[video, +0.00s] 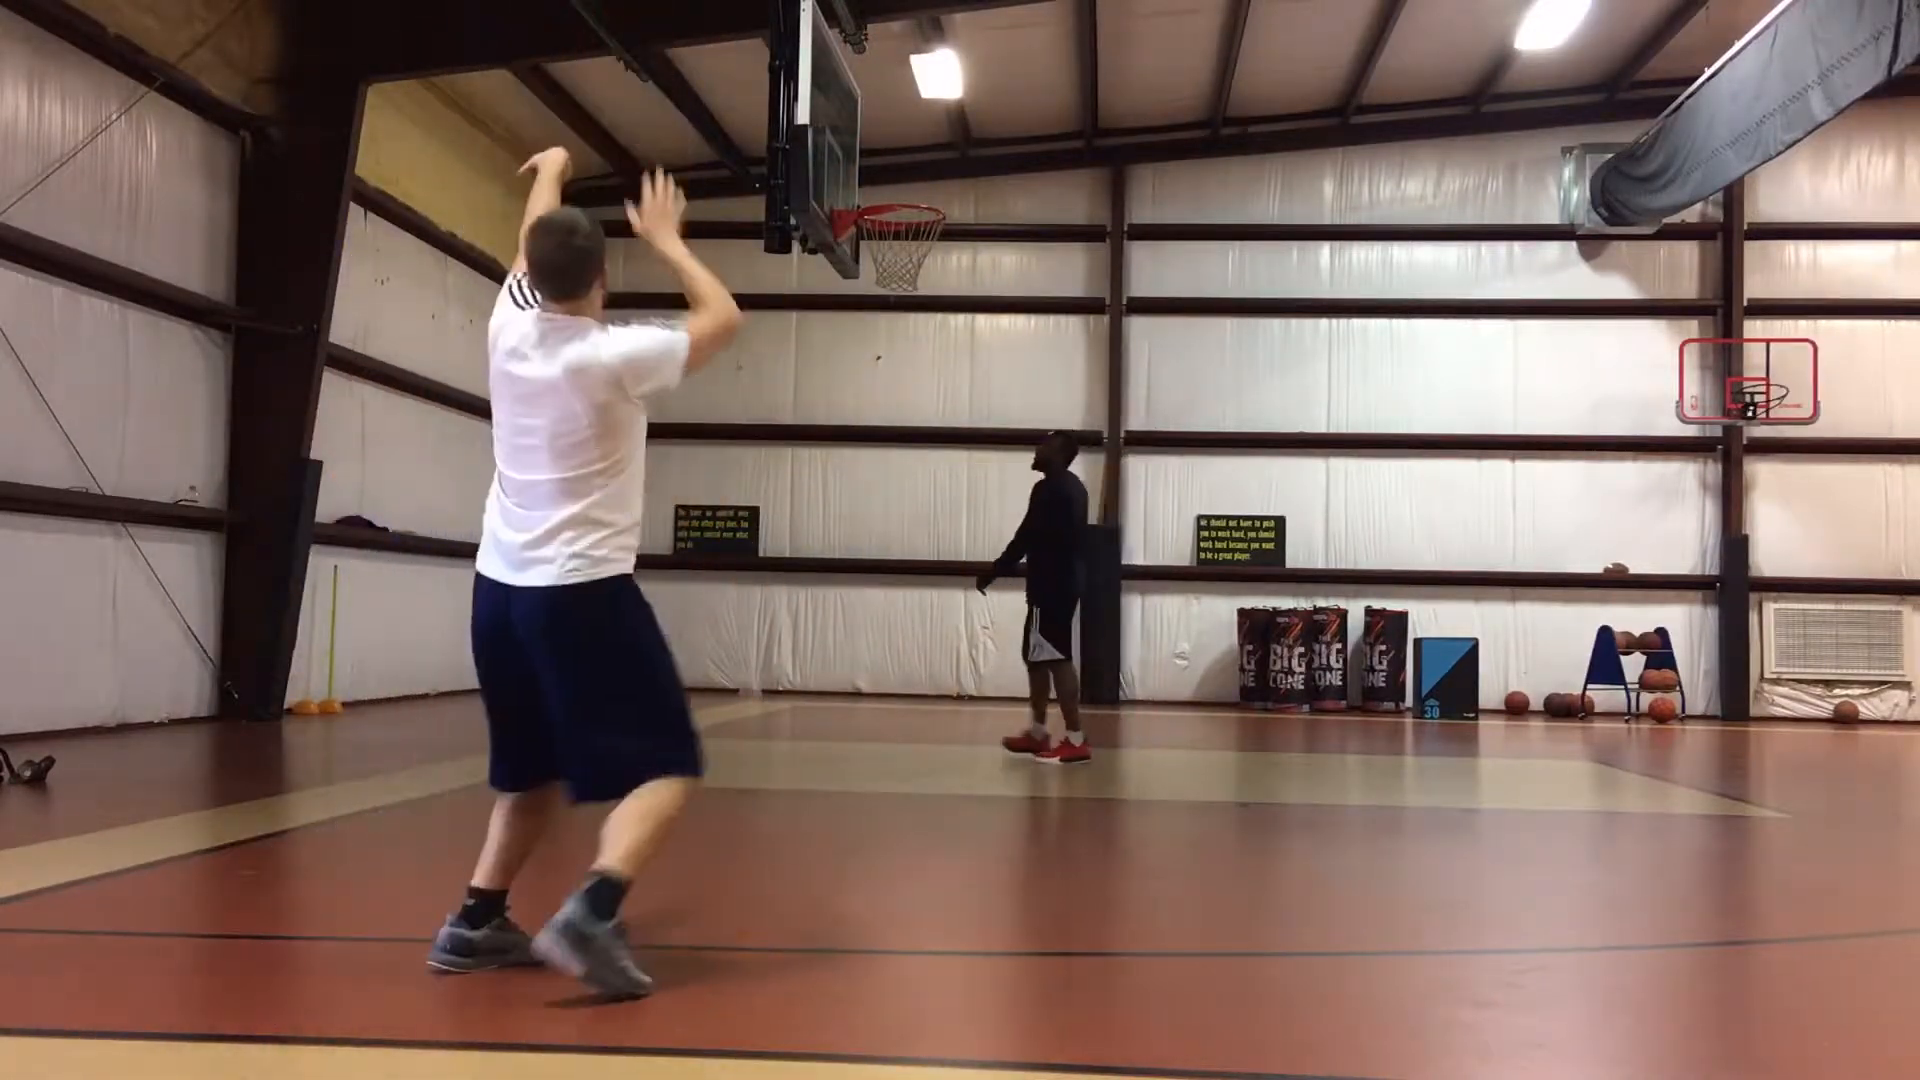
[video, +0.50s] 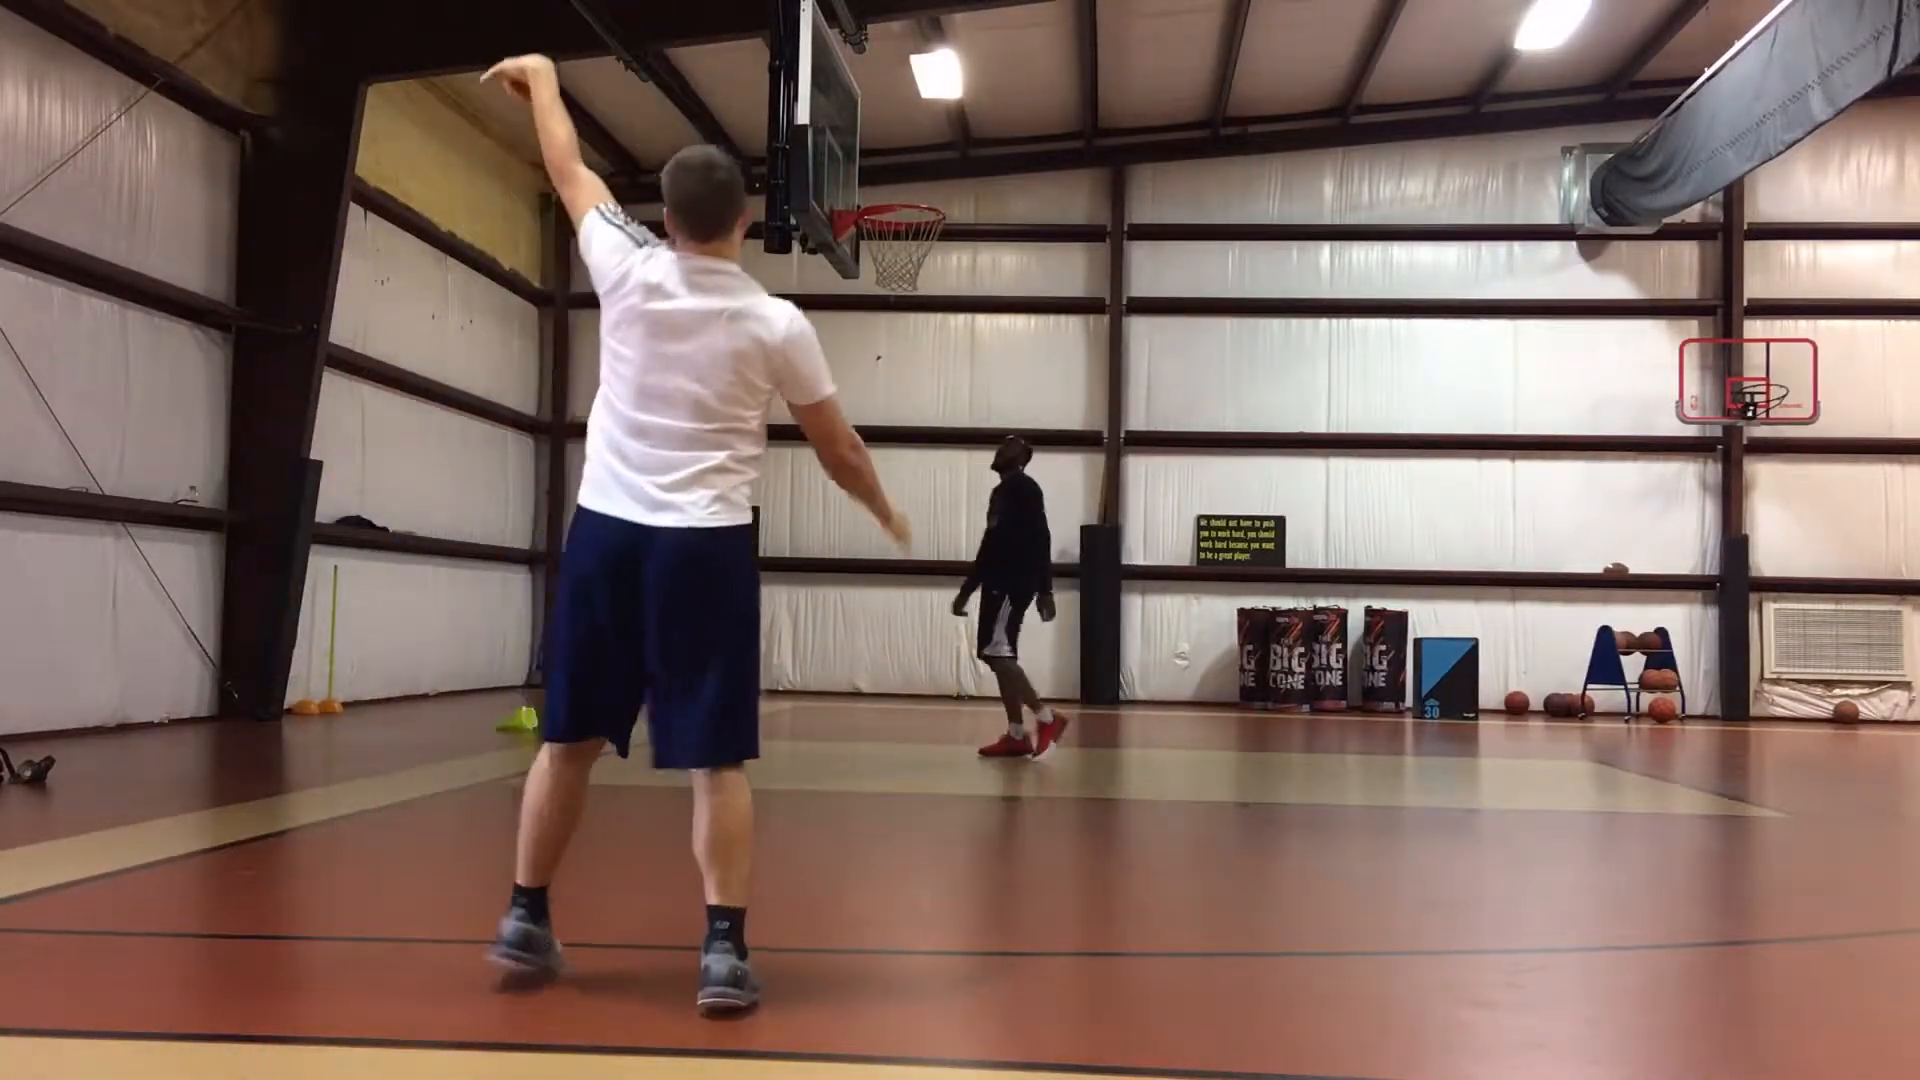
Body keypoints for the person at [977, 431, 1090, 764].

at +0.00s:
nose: (1037, 448)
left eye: (1044, 444)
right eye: (1041, 443)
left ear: (1059, 454)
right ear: (1063, 455)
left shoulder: (1047, 489)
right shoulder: (1073, 487)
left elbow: (1025, 537)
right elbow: (1068, 543)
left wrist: (992, 571)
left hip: (1053, 588)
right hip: (1060, 586)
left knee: (1059, 660)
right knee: (1037, 658)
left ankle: (1075, 740)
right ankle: (1037, 733)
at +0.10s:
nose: (1033, 448)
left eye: (1041, 444)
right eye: (1036, 443)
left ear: (1059, 455)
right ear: (1054, 455)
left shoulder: (1049, 491)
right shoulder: (1050, 489)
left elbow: (1025, 545)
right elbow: (1029, 544)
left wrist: (990, 573)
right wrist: (995, 573)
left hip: (1046, 591)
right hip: (1037, 590)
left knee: (1055, 661)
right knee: (1024, 662)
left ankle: (1075, 739)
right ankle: (1020, 736)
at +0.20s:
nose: (1027, 447)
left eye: (1037, 443)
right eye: (1030, 442)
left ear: (1050, 456)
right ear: (1040, 455)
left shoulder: (1044, 492)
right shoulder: (1036, 491)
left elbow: (1028, 556)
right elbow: (1023, 555)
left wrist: (993, 589)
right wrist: (994, 588)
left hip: (1039, 590)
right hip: (1024, 589)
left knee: (1049, 660)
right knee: (1010, 658)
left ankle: (1074, 738)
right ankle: (1017, 736)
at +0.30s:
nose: (1018, 449)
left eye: (1027, 446)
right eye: (1021, 444)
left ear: (1040, 457)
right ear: (1026, 456)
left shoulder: (1038, 492)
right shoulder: (1026, 490)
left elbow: (1033, 549)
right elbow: (1020, 546)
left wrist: (1024, 594)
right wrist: (1007, 586)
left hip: (1029, 590)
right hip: (1010, 588)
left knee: (1040, 659)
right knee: (1001, 658)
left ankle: (1071, 734)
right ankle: (1016, 735)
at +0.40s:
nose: (1008, 450)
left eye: (1017, 446)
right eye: (1011, 445)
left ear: (1031, 457)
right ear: (1019, 456)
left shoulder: (1031, 490)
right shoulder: (1011, 490)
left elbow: (1027, 551)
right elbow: (1002, 549)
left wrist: (1027, 599)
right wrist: (985, 591)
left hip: (1021, 592)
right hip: (1000, 591)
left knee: (1021, 661)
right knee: (1000, 660)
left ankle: (1064, 729)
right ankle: (1016, 734)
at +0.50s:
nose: (997, 452)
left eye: (1006, 448)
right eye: (999, 448)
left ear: (1020, 456)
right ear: (1005, 456)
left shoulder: (1024, 488)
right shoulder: (1002, 491)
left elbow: (1040, 541)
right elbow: (990, 546)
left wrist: (1045, 590)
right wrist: (966, 589)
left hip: (1014, 583)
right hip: (1001, 582)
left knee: (995, 651)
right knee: (1000, 655)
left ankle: (1047, 718)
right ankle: (1016, 734)